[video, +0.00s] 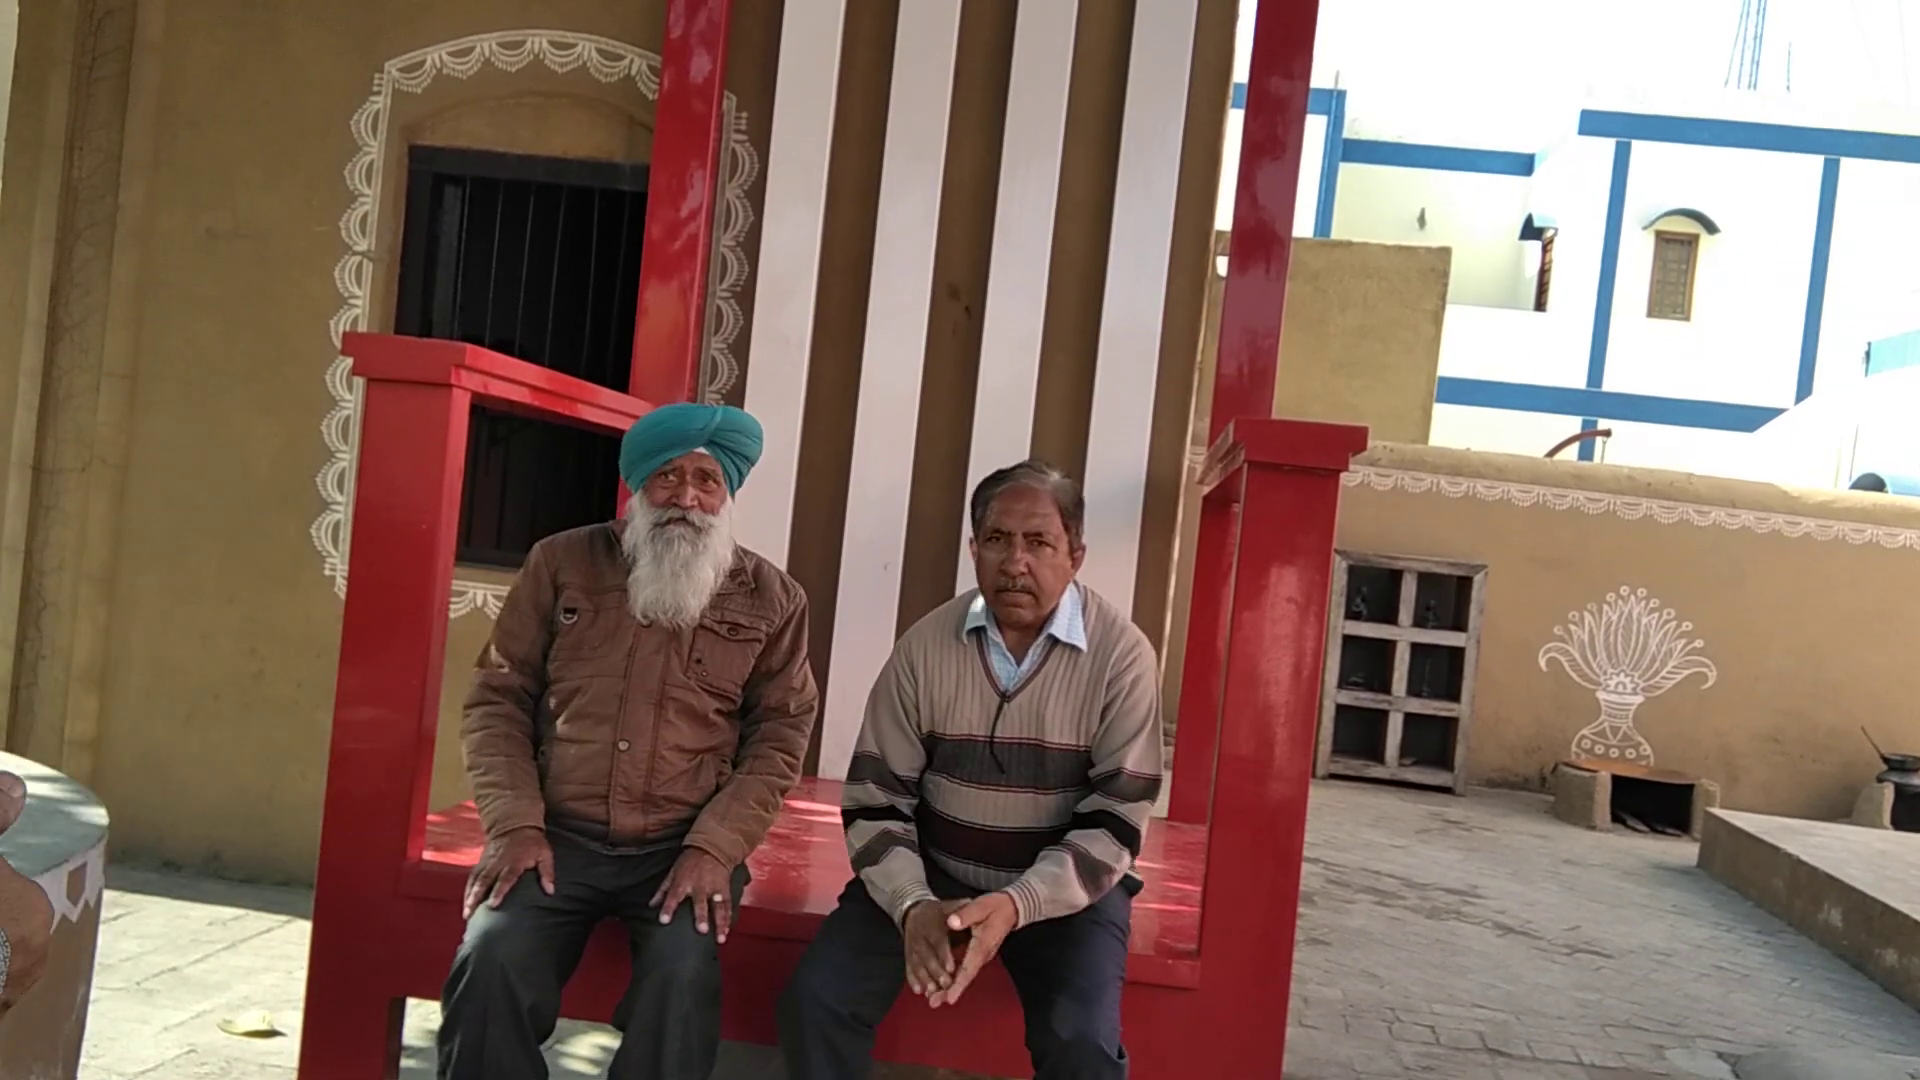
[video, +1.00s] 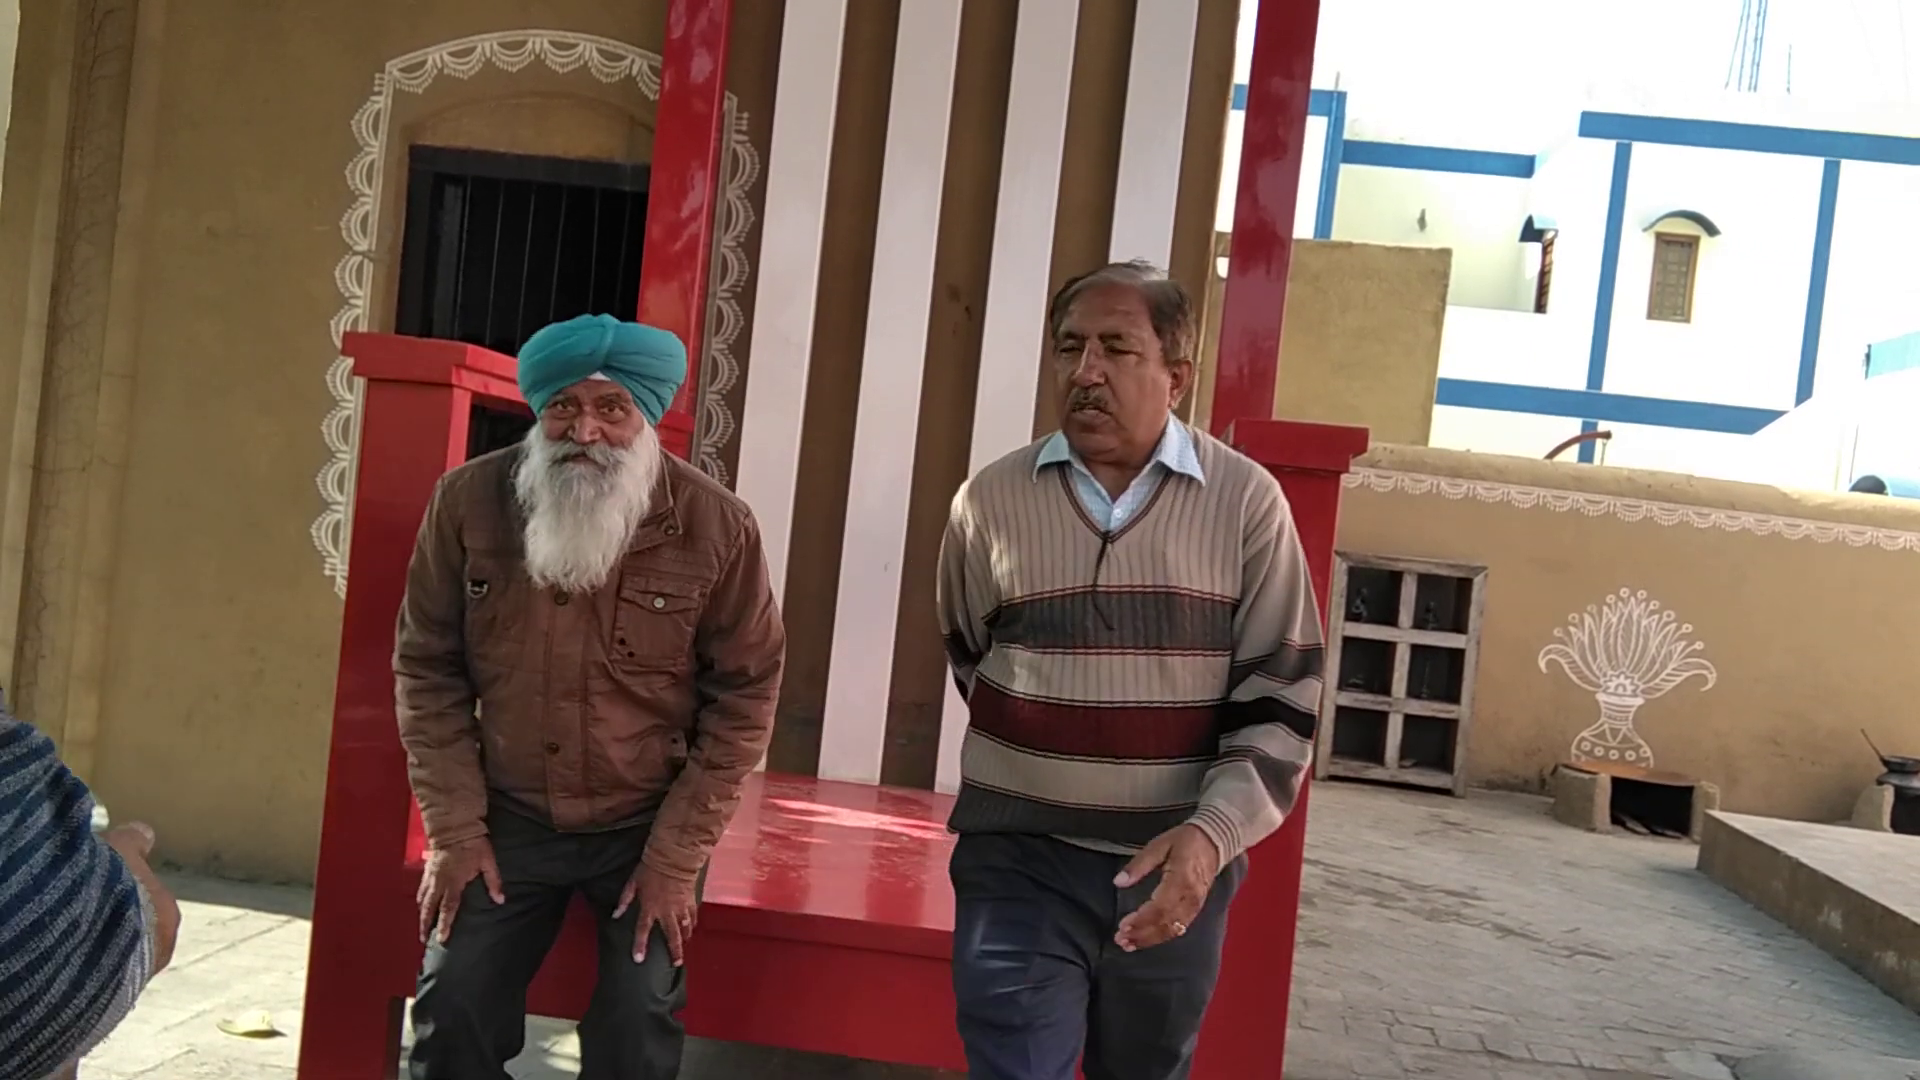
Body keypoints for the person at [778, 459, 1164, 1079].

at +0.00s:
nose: (1015, 561)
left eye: (1038, 542)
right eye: (998, 539)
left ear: (1074, 558)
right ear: (974, 550)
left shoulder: (1122, 658)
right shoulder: (925, 647)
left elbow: (1114, 827)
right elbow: (874, 801)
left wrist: (1016, 904)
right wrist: (912, 904)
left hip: (1065, 888)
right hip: (924, 873)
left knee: (1082, 1045)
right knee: (815, 1005)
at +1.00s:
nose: (1084, 371)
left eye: (1116, 349)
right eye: (1071, 348)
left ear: (1177, 376)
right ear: (1054, 363)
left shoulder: (1247, 504)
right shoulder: (986, 503)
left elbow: (1283, 705)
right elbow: (971, 667)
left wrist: (1212, 834)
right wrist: (1057, 753)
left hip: (1175, 879)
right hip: (1018, 862)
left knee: (1143, 1070)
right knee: (1019, 1067)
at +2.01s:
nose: (1175, 300)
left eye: (1212, 264)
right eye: (1153, 274)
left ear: (1304, 285)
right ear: (1135, 300)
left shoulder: (1437, 463)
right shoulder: (1099, 484)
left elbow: (1529, 730)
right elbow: (1049, 726)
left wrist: (1481, 947)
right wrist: (1021, 939)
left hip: (1360, 989)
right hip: (1125, 960)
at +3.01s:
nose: (1312, 343)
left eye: (1322, 312)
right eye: (1312, 313)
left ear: (1386, 318)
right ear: (1395, 322)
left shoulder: (1509, 455)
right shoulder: (1443, 437)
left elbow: (1558, 796)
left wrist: (1515, 1053)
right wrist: (1339, 970)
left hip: (1434, 982)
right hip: (1376, 960)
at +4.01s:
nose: (1358, 388)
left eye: (1367, 359)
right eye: (1360, 361)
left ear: (1425, 358)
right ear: (1427, 361)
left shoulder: (1536, 465)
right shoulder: (1465, 464)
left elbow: (1574, 739)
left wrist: (1491, 949)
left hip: (1449, 930)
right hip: (1394, 908)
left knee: (1293, 1061)